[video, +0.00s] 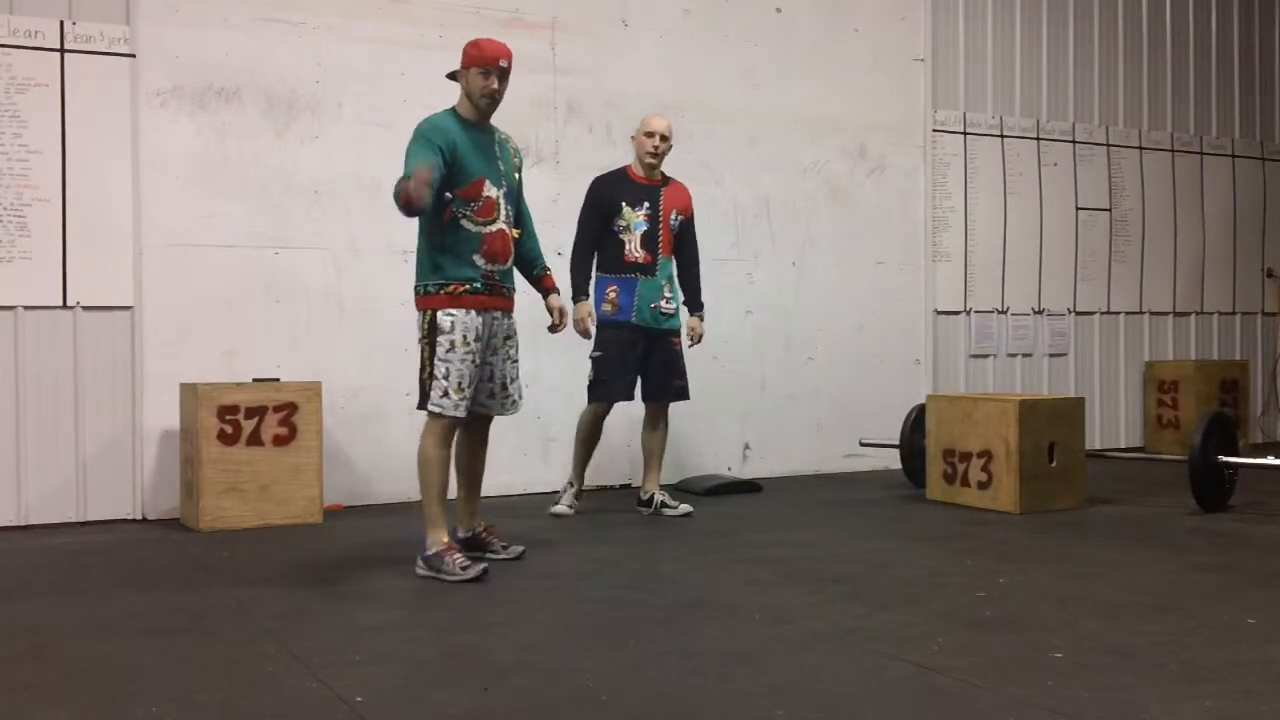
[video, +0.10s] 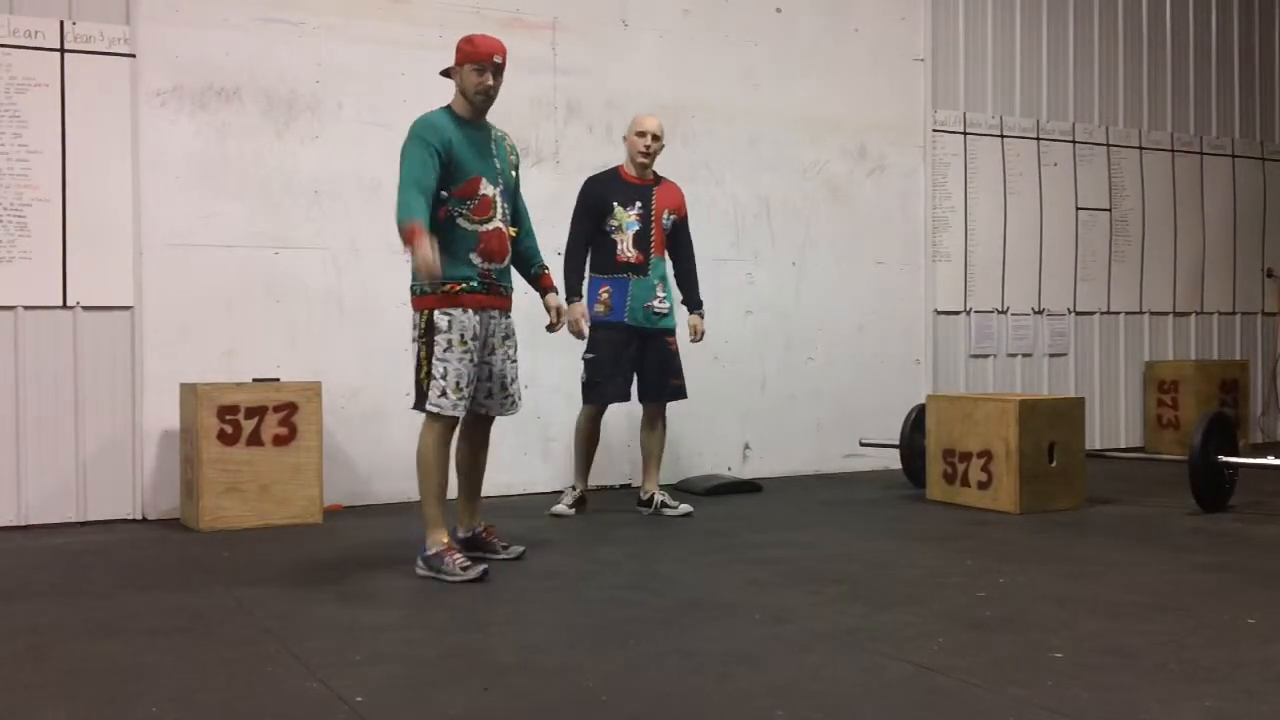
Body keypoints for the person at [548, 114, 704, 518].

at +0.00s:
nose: (657, 144)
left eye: (664, 139)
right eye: (650, 136)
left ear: (670, 146)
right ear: (634, 140)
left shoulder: (679, 195)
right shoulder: (606, 187)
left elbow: (687, 259)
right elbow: (582, 247)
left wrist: (695, 311)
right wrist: (580, 299)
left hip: (663, 319)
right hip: (615, 317)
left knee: (658, 406)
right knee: (600, 403)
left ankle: (650, 491)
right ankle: (573, 485)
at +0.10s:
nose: (648, 143)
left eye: (655, 139)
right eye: (642, 135)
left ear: (662, 147)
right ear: (627, 139)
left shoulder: (671, 194)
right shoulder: (597, 187)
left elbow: (683, 257)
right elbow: (575, 247)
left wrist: (694, 309)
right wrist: (574, 299)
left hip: (657, 319)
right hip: (609, 317)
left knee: (656, 406)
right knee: (594, 405)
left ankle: (650, 491)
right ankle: (578, 489)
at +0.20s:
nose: (638, 142)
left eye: (645, 137)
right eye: (631, 134)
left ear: (652, 145)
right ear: (615, 139)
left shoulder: (663, 192)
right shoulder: (588, 187)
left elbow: (677, 253)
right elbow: (568, 247)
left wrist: (690, 305)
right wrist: (563, 299)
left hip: (650, 319)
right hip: (601, 317)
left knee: (651, 405)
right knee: (589, 405)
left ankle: (650, 490)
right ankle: (577, 489)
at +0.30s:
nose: (625, 140)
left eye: (633, 135)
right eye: (619, 133)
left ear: (641, 143)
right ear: (605, 140)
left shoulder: (654, 190)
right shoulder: (579, 188)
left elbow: (670, 251)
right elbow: (558, 249)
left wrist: (683, 301)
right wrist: (551, 302)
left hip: (642, 318)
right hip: (593, 317)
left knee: (647, 405)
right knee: (583, 404)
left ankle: (650, 491)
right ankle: (577, 489)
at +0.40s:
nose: (615, 140)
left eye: (622, 134)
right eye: (608, 133)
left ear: (630, 142)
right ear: (594, 139)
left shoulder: (646, 189)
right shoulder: (569, 189)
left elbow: (662, 249)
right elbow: (550, 249)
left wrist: (672, 299)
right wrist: (541, 300)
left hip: (635, 317)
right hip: (585, 317)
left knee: (643, 404)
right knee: (579, 405)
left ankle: (649, 492)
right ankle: (576, 489)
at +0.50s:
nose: (605, 140)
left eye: (612, 134)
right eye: (597, 134)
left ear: (621, 142)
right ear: (585, 140)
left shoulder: (638, 189)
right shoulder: (561, 190)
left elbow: (652, 248)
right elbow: (542, 250)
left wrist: (661, 299)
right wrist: (534, 302)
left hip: (627, 318)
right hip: (577, 318)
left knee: (639, 404)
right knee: (574, 405)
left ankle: (649, 491)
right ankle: (575, 490)